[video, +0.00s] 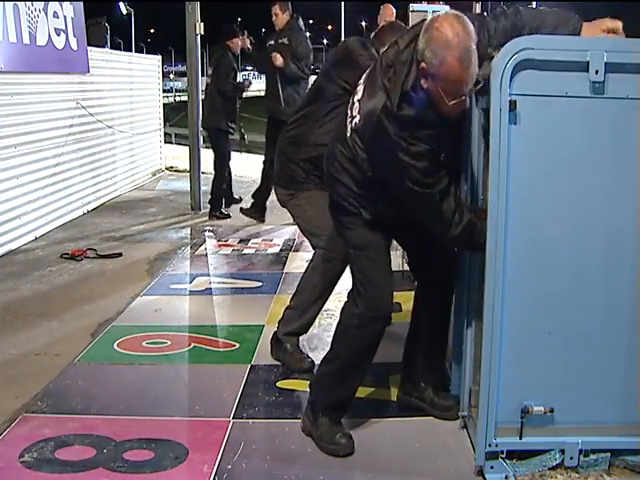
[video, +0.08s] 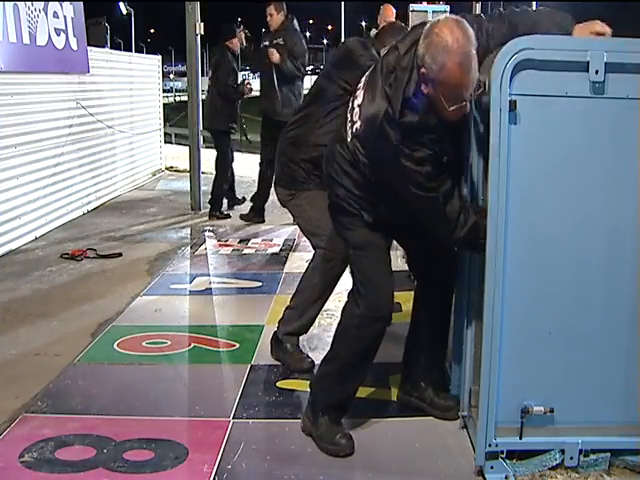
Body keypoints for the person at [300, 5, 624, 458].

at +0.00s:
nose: (464, 101)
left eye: (469, 88)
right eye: (453, 91)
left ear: (475, 55)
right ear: (425, 71)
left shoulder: (458, 34)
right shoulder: (403, 117)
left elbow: (510, 23)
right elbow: (440, 210)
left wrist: (578, 28)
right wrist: (505, 238)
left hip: (411, 187)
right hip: (359, 186)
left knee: (439, 273)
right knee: (374, 300)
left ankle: (420, 382)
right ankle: (322, 409)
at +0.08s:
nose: (462, 107)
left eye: (468, 95)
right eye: (451, 98)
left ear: (477, 62)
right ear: (424, 77)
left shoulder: (461, 38)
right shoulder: (405, 126)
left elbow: (510, 24)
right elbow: (451, 217)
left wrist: (570, 28)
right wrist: (517, 235)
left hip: (413, 185)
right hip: (358, 185)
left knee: (439, 273)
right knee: (376, 300)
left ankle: (420, 381)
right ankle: (322, 410)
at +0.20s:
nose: (457, 118)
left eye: (463, 106)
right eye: (447, 110)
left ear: (471, 66)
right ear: (422, 88)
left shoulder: (454, 41)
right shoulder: (395, 128)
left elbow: (489, 24)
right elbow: (449, 214)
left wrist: (541, 27)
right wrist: (510, 236)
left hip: (414, 190)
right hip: (356, 194)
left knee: (436, 275)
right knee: (377, 303)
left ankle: (420, 381)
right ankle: (323, 408)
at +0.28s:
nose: (455, 120)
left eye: (462, 109)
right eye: (446, 113)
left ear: (467, 75)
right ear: (419, 95)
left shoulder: (443, 43)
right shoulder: (396, 134)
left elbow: (473, 19)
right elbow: (453, 221)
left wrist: (520, 26)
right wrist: (514, 235)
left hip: (410, 188)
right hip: (353, 192)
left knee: (433, 273)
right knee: (375, 303)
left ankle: (421, 380)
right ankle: (322, 410)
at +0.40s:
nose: (446, 129)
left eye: (453, 117)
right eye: (436, 121)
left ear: (461, 82)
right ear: (412, 99)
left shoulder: (421, 41)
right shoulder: (397, 148)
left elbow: (447, 15)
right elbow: (448, 229)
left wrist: (483, 19)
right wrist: (507, 250)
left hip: (406, 193)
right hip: (348, 197)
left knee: (430, 278)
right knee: (373, 305)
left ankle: (419, 381)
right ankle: (322, 409)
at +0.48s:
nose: (444, 130)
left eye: (451, 118)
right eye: (434, 124)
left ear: (459, 85)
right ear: (409, 101)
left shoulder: (411, 39)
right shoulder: (401, 154)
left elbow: (440, 15)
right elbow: (435, 239)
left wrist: (471, 25)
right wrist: (494, 283)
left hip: (397, 194)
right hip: (345, 196)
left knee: (425, 282)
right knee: (371, 306)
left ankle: (423, 384)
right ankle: (322, 409)